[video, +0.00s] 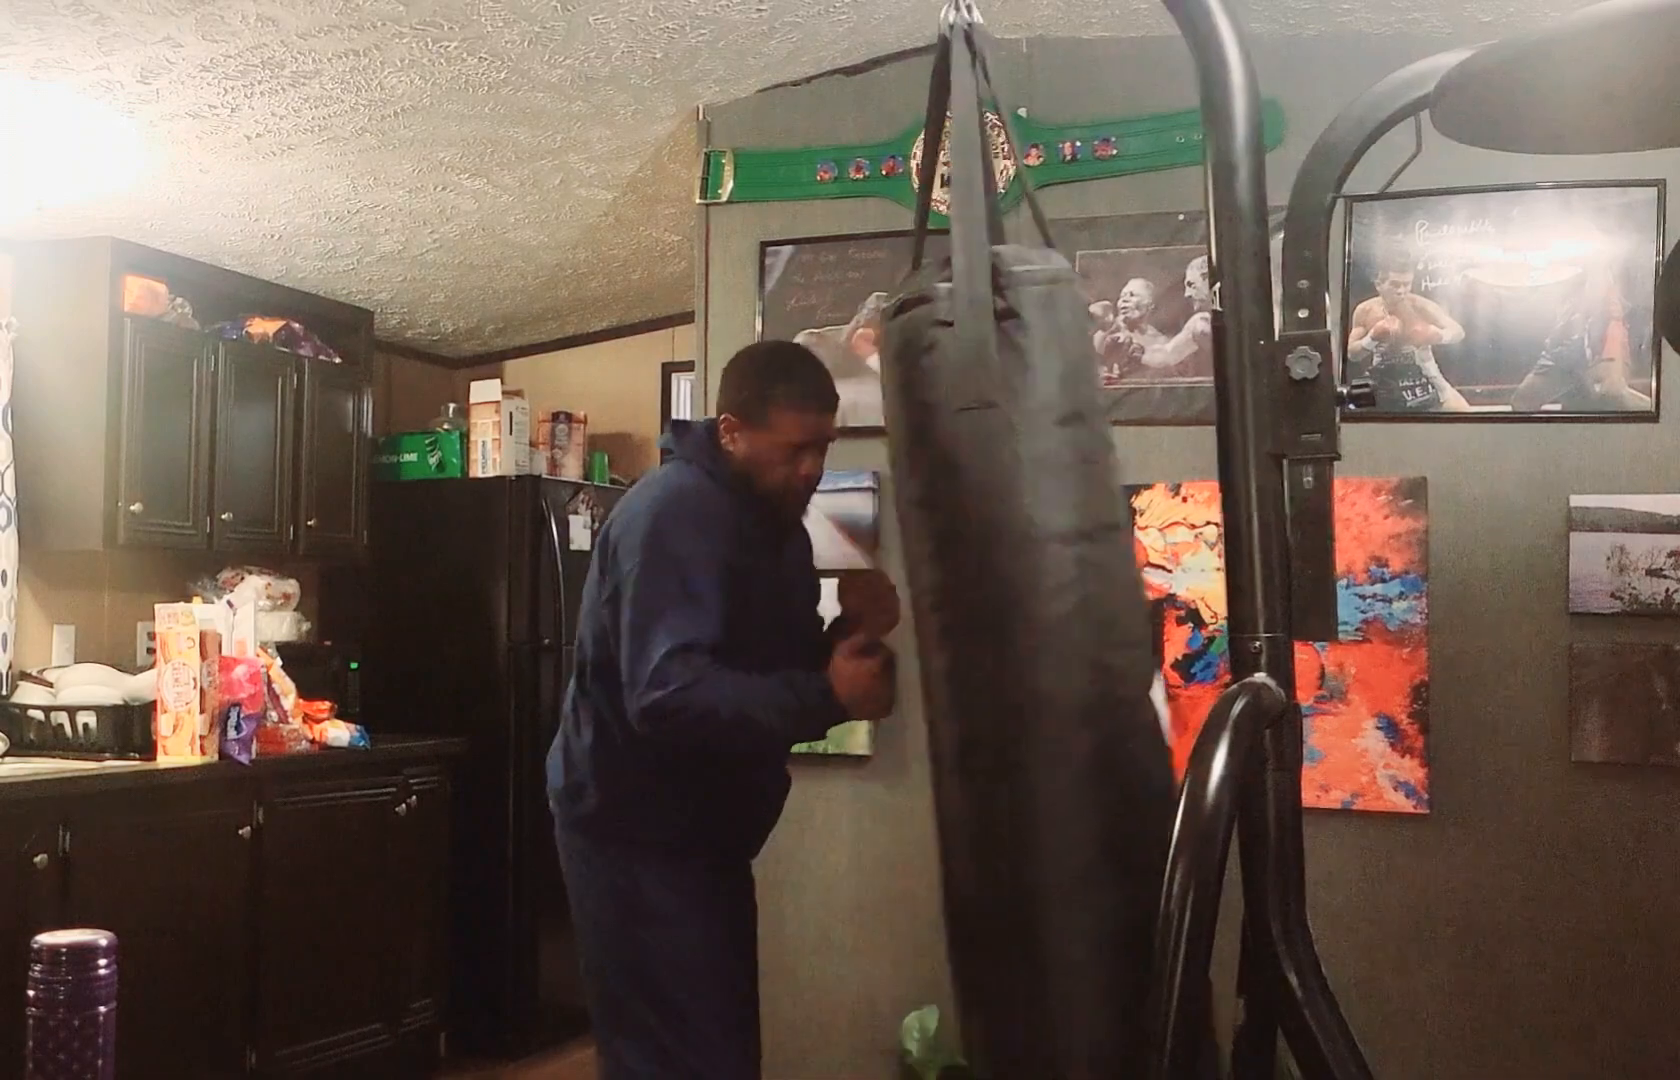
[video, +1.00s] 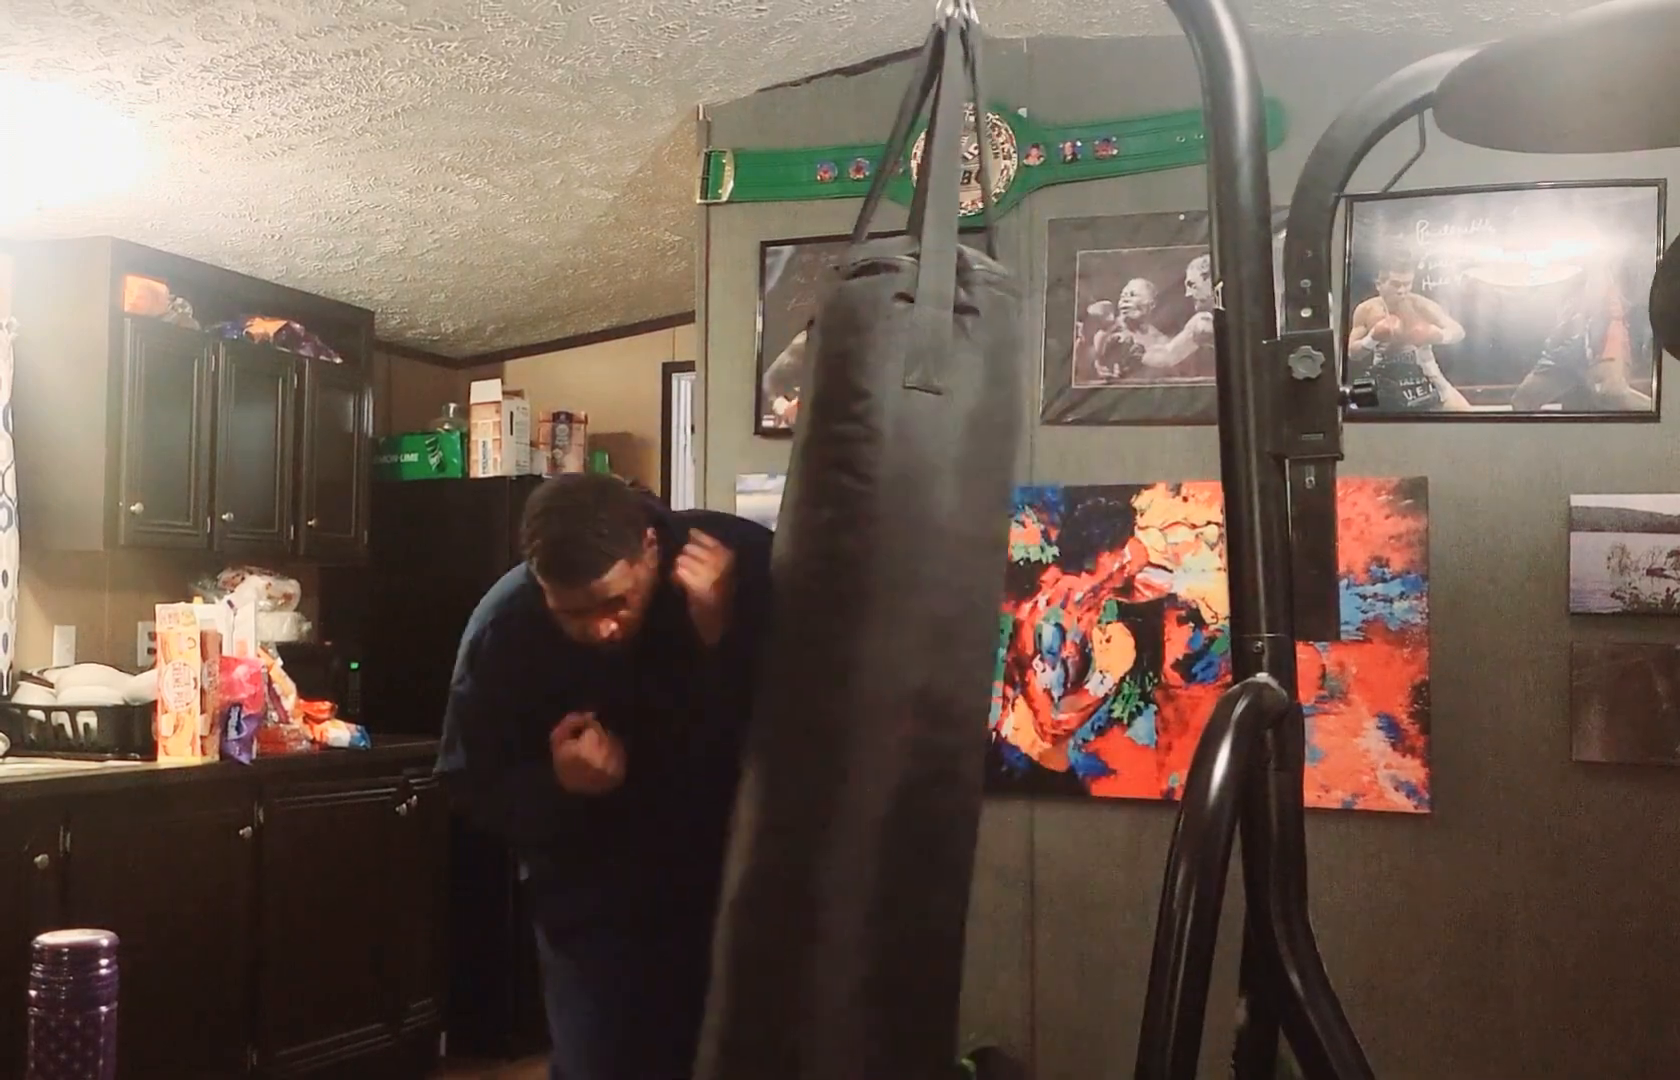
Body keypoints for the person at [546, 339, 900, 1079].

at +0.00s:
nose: (815, 469)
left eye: (822, 448)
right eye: (798, 450)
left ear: (830, 432)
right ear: (733, 432)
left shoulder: (770, 510)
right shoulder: (676, 506)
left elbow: (784, 667)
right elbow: (663, 692)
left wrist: (847, 633)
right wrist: (828, 697)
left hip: (707, 829)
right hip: (637, 835)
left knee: (726, 1049)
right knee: (675, 1052)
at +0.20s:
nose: (778, 445)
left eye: (788, 422)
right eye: (756, 428)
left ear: (801, 407)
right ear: (694, 414)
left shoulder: (808, 479)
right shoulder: (621, 509)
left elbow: (908, 526)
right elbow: (581, 679)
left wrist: (957, 534)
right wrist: (741, 689)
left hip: (728, 804)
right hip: (629, 810)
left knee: (710, 1039)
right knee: (669, 1047)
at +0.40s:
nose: (772, 449)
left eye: (781, 426)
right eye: (751, 433)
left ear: (792, 404)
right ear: (686, 412)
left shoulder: (795, 472)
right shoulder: (612, 498)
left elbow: (906, 532)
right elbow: (571, 676)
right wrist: (727, 684)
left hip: (728, 811)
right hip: (629, 817)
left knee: (722, 1040)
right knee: (650, 1046)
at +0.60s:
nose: (763, 536)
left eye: (776, 515)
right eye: (741, 519)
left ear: (793, 476)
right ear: (693, 479)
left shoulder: (812, 511)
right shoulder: (614, 527)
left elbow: (857, 666)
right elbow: (543, 695)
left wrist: (857, 642)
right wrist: (692, 690)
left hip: (720, 808)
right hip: (608, 814)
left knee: (742, 1036)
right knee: (643, 1038)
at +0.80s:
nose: (677, 604)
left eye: (691, 584)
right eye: (655, 588)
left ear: (723, 543)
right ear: (622, 560)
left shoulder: (792, 558)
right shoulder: (567, 592)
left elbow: (845, 723)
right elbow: (522, 751)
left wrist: (774, 696)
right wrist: (630, 736)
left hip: (728, 833)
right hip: (607, 849)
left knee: (752, 1031)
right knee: (637, 1044)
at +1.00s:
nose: (597, 630)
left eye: (615, 606)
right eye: (573, 615)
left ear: (651, 550)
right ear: (541, 583)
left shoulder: (746, 568)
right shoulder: (504, 630)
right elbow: (468, 783)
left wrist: (722, 632)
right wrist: (556, 781)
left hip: (720, 873)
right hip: (586, 892)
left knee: (715, 1055)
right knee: (596, 1060)